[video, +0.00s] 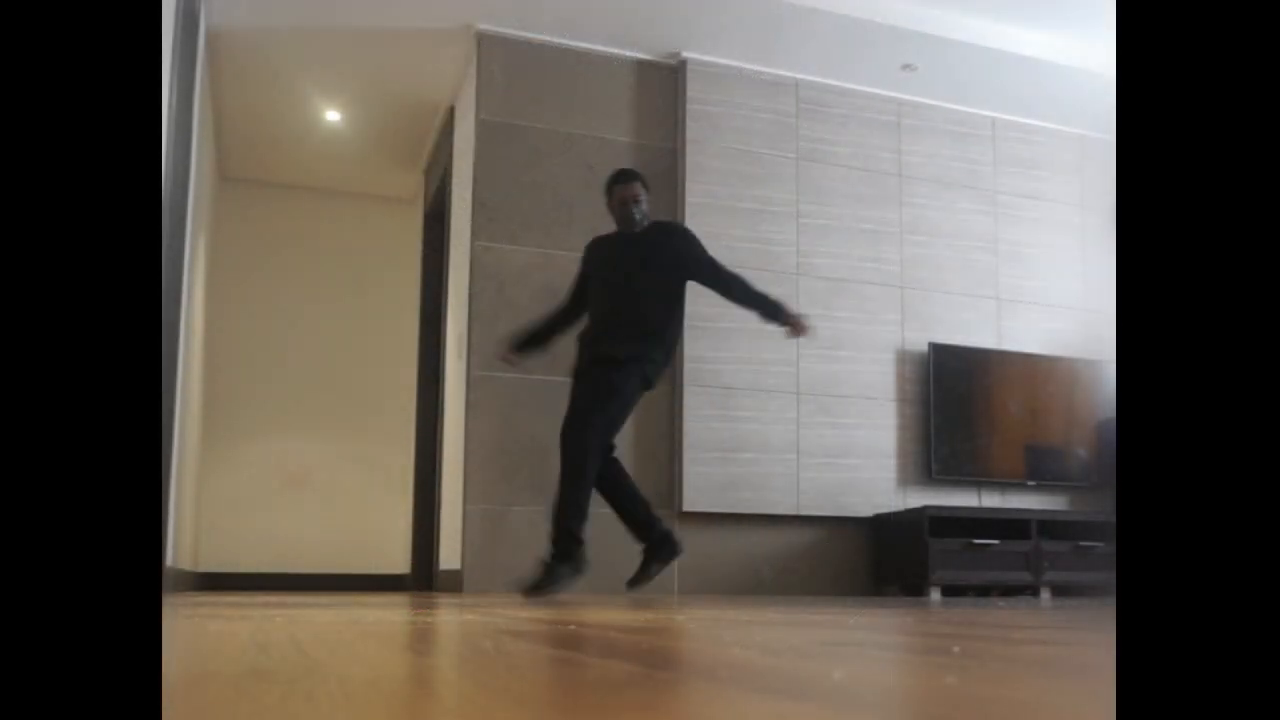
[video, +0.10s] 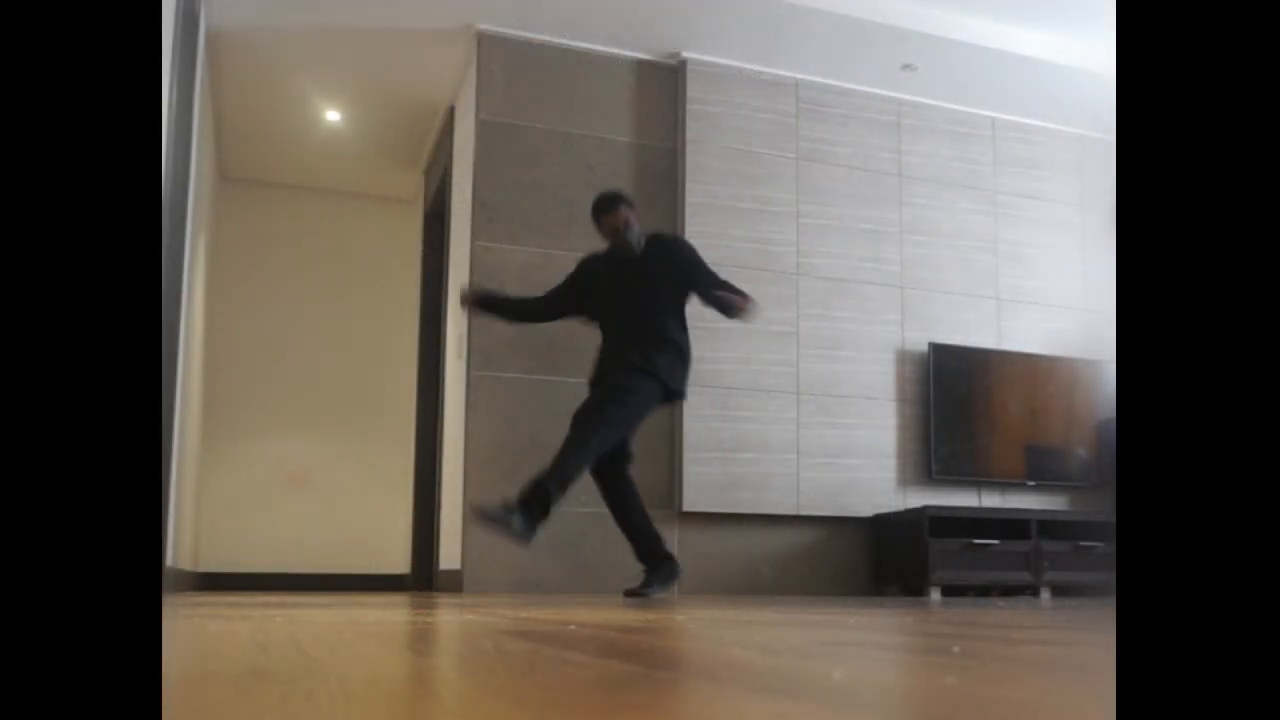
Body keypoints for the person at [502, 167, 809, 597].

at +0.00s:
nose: (634, 209)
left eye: (638, 201)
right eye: (624, 203)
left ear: (649, 202)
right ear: (609, 208)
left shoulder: (672, 241)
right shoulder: (600, 251)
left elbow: (723, 281)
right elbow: (575, 308)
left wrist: (780, 314)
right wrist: (526, 343)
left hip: (637, 363)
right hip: (596, 361)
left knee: (582, 440)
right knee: (589, 451)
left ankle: (566, 555)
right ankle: (658, 542)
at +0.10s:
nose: (624, 231)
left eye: (627, 221)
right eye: (613, 228)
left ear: (637, 217)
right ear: (601, 232)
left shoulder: (669, 251)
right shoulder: (596, 271)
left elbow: (709, 286)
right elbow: (543, 308)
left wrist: (732, 301)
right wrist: (484, 302)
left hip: (656, 370)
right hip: (612, 373)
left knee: (590, 426)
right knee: (609, 469)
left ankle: (529, 513)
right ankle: (660, 564)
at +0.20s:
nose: (620, 235)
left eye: (624, 225)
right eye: (610, 231)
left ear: (634, 216)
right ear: (598, 233)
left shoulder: (668, 247)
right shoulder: (595, 271)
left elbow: (714, 290)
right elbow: (552, 310)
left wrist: (696, 297)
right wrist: (502, 295)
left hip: (658, 370)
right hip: (615, 375)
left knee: (595, 405)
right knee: (625, 474)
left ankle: (550, 494)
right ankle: (666, 568)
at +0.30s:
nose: (618, 189)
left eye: (622, 181)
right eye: (608, 185)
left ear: (634, 183)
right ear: (598, 193)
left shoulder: (663, 221)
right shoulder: (597, 246)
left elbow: (680, 280)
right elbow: (594, 305)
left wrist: (645, 319)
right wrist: (557, 336)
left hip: (655, 341)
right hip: (614, 349)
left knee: (612, 394)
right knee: (618, 443)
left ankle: (638, 512)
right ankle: (644, 552)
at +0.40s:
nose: (616, 185)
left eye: (621, 177)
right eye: (607, 181)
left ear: (634, 181)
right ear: (596, 189)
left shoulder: (660, 218)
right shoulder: (595, 247)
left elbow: (684, 276)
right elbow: (594, 312)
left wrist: (643, 317)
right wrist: (587, 366)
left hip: (654, 346)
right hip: (610, 353)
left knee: (634, 422)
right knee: (615, 446)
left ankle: (695, 516)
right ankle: (626, 558)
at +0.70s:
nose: (608, 220)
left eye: (612, 211)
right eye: (599, 217)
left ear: (628, 203)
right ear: (594, 220)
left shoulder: (661, 230)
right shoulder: (615, 250)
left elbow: (725, 264)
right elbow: (627, 299)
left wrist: (681, 315)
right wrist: (605, 342)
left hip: (667, 362)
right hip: (626, 360)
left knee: (670, 460)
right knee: (575, 403)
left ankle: (694, 569)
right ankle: (578, 518)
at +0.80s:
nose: (615, 220)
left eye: (620, 211)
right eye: (606, 216)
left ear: (635, 205)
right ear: (600, 220)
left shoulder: (662, 235)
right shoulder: (619, 250)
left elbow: (730, 273)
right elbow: (633, 296)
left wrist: (688, 332)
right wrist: (605, 332)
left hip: (670, 360)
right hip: (636, 355)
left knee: (666, 462)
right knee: (568, 386)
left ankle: (693, 570)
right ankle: (597, 495)